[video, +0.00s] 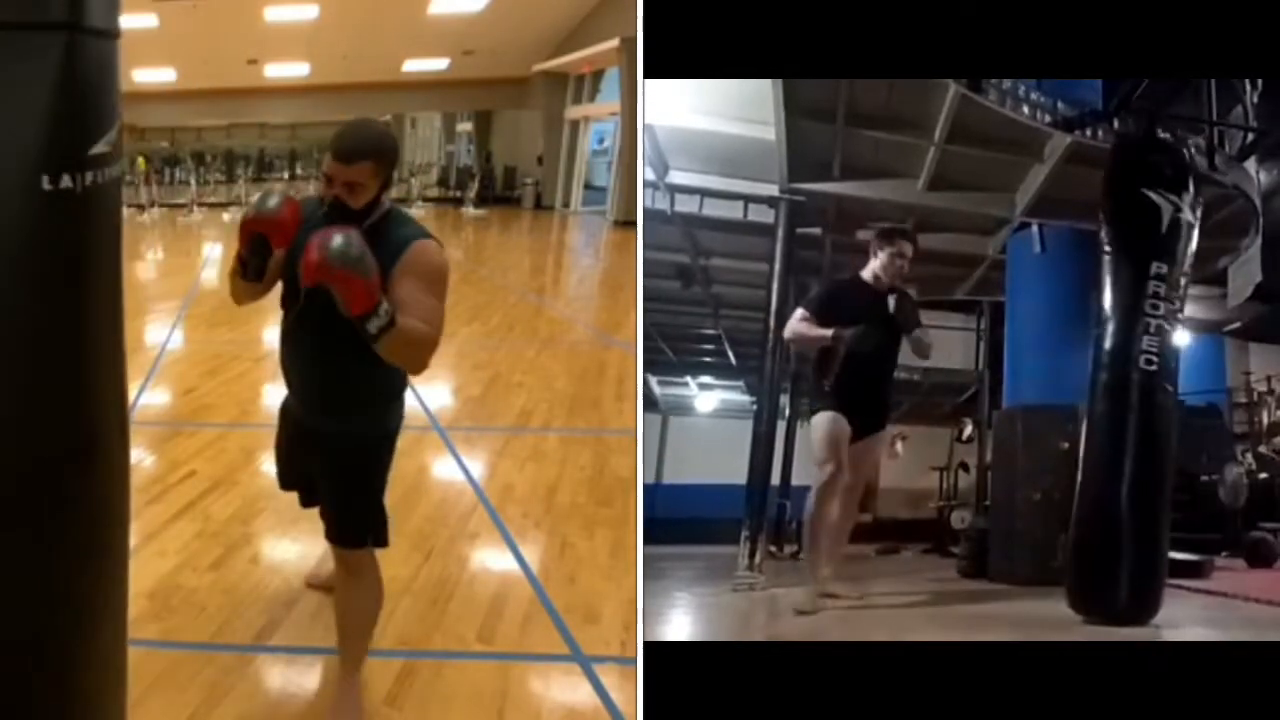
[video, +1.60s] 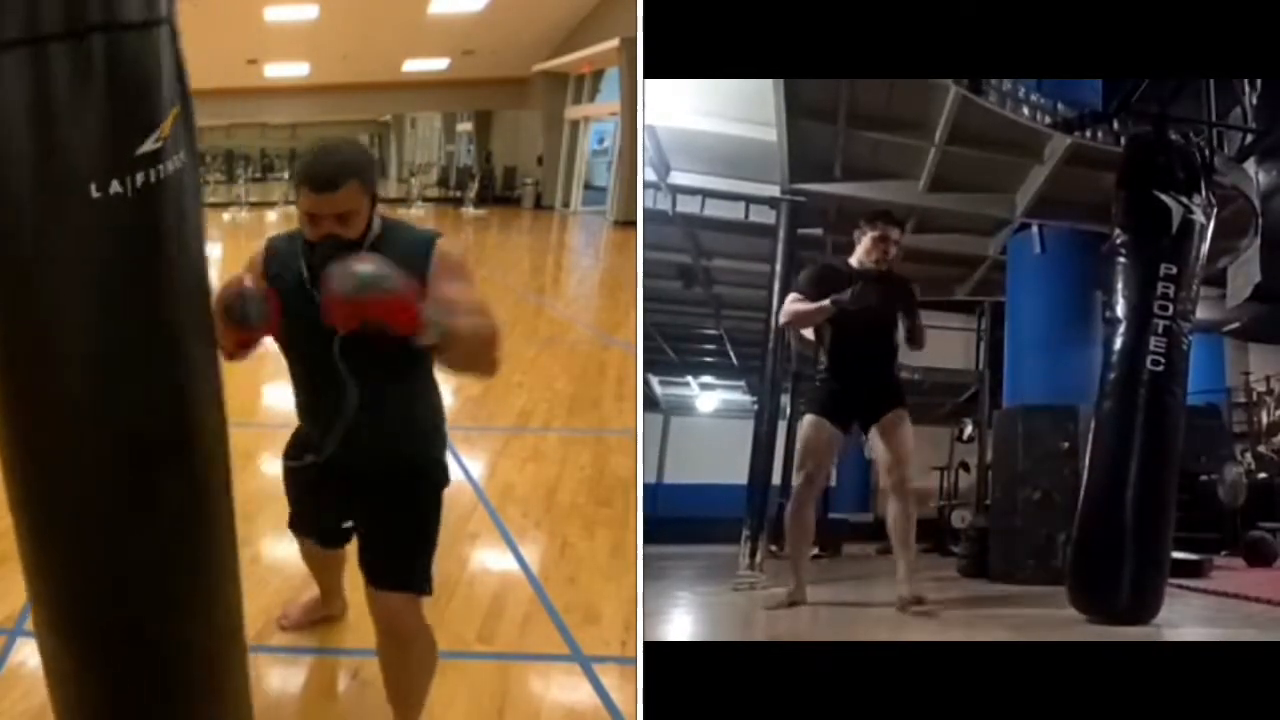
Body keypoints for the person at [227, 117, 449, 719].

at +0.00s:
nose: (338, 197)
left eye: (354, 189)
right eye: (332, 183)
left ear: (386, 183)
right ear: (323, 170)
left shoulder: (416, 253)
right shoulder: (304, 219)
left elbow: (417, 356)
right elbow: (245, 294)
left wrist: (368, 306)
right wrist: (253, 247)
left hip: (363, 418)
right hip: (305, 401)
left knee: (353, 554)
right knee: (325, 494)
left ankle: (347, 686)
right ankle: (345, 566)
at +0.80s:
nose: (281, 201)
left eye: (295, 189)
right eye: (272, 188)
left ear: (323, 181)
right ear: (258, 181)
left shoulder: (365, 228)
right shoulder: (247, 226)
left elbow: (391, 310)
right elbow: (223, 296)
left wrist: (330, 272)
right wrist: (248, 250)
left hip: (347, 401)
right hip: (277, 395)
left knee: (331, 545)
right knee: (282, 510)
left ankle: (336, 679)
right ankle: (306, 578)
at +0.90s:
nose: (278, 204)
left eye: (290, 192)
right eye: (268, 190)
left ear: (316, 183)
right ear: (254, 183)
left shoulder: (363, 230)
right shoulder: (245, 229)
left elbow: (409, 322)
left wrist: (353, 282)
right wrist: (256, 259)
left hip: (345, 406)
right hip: (272, 401)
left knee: (314, 542)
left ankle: (342, 678)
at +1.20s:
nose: (277, 249)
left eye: (290, 235)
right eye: (266, 236)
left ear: (322, 220)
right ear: (252, 226)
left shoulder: (362, 262)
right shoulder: (257, 267)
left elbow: (419, 323)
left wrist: (333, 353)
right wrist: (257, 352)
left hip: (376, 453)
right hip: (294, 446)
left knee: (361, 596)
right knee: (278, 557)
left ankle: (391, 710)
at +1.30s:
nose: (320, 248)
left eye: (333, 233)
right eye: (305, 235)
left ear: (365, 213)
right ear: (289, 222)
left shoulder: (413, 257)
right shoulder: (277, 269)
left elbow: (524, 327)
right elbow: (222, 327)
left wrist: (450, 289)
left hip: (399, 463)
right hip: (311, 459)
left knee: (400, 616)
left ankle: (397, 714)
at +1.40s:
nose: (357, 247)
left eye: (370, 232)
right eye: (340, 235)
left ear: (399, 207)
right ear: (320, 216)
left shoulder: (437, 249)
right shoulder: (286, 277)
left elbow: (511, 320)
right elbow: (204, 333)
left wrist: (496, 285)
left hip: (411, 457)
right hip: (321, 456)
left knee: (409, 608)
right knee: (314, 550)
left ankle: (398, 714)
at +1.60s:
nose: (328, 232)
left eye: (343, 218)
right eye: (314, 218)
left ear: (373, 203)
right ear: (298, 206)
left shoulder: (423, 256)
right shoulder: (281, 259)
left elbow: (481, 355)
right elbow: (233, 343)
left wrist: (412, 314)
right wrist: (235, 312)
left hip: (402, 451)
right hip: (320, 444)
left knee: (394, 607)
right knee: (315, 535)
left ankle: (407, 712)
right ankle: (331, 601)